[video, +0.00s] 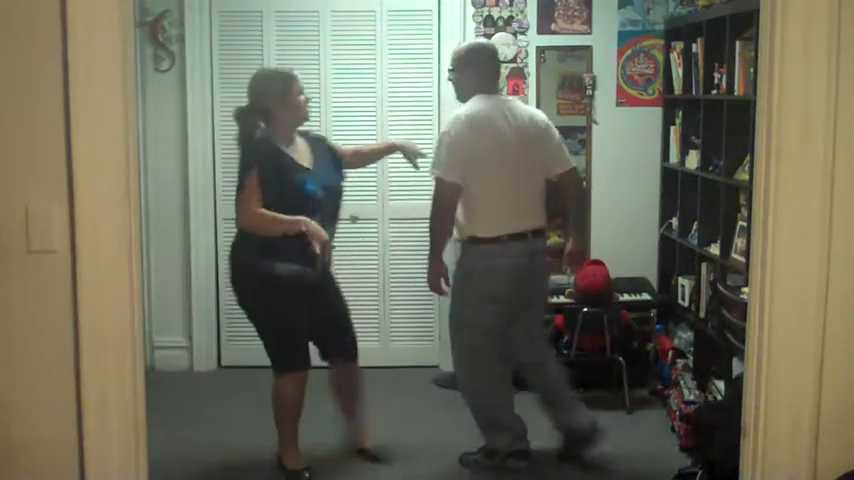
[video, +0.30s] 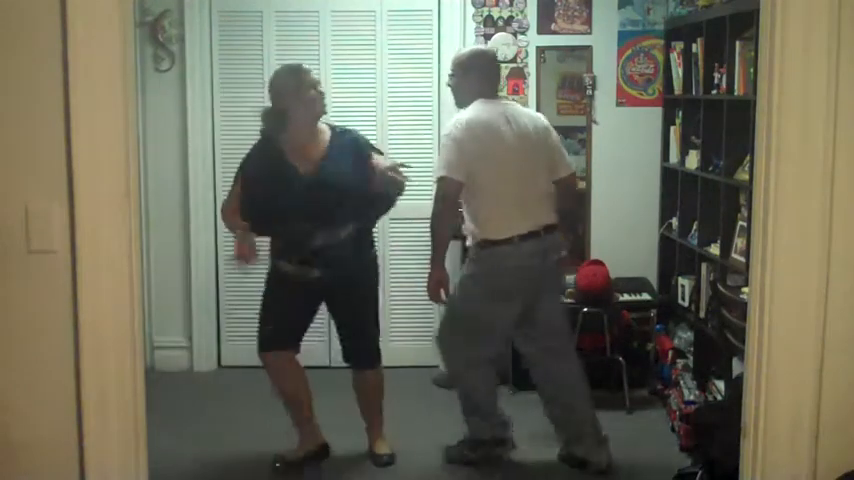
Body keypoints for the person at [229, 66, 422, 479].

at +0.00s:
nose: (306, 98)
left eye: (303, 92)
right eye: (298, 93)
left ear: (289, 103)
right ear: (273, 104)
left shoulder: (315, 144)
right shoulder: (260, 154)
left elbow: (354, 156)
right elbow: (247, 217)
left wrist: (395, 144)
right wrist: (302, 223)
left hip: (309, 265)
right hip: (263, 268)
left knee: (343, 349)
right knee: (291, 362)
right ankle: (289, 454)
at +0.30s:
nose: (320, 92)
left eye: (319, 85)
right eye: (310, 88)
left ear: (319, 95)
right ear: (285, 101)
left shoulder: (349, 143)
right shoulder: (262, 156)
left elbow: (390, 184)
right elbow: (230, 209)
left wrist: (390, 177)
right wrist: (244, 232)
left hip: (351, 266)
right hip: (292, 267)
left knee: (364, 355)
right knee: (275, 350)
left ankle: (377, 437)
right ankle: (310, 439)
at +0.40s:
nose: (305, 94)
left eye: (310, 87)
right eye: (296, 88)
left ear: (319, 95)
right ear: (279, 100)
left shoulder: (339, 144)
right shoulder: (266, 152)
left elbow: (376, 183)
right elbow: (249, 194)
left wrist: (338, 174)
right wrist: (226, 228)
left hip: (350, 266)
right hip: (298, 270)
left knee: (359, 356)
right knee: (276, 350)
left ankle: (376, 438)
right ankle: (316, 444)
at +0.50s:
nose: (269, 98)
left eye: (277, 92)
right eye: (271, 91)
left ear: (301, 100)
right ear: (286, 101)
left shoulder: (321, 145)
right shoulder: (273, 146)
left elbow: (324, 193)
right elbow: (266, 198)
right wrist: (234, 219)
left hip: (333, 263)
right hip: (296, 266)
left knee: (329, 364)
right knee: (289, 354)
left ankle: (378, 427)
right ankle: (323, 449)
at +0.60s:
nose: (268, 98)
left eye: (274, 92)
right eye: (272, 91)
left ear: (286, 101)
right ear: (306, 103)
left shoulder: (292, 148)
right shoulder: (301, 144)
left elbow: (274, 208)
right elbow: (279, 202)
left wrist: (232, 216)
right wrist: (244, 215)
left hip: (310, 264)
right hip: (316, 260)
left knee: (272, 358)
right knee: (298, 357)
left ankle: (357, 395)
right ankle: (321, 451)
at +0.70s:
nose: (278, 105)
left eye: (268, 98)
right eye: (292, 98)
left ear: (261, 99)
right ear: (298, 101)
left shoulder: (250, 145)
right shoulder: (316, 144)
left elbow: (230, 212)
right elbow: (328, 196)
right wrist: (288, 207)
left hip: (276, 265)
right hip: (327, 262)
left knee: (243, 340)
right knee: (301, 351)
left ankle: (297, 381)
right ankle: (313, 450)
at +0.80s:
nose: (290, 98)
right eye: (288, 92)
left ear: (247, 97)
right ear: (284, 98)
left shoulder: (228, 145)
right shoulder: (307, 144)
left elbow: (201, 199)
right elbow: (331, 197)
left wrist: (240, 217)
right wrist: (295, 212)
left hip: (247, 268)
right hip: (306, 267)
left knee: (242, 338)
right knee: (296, 356)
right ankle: (283, 453)